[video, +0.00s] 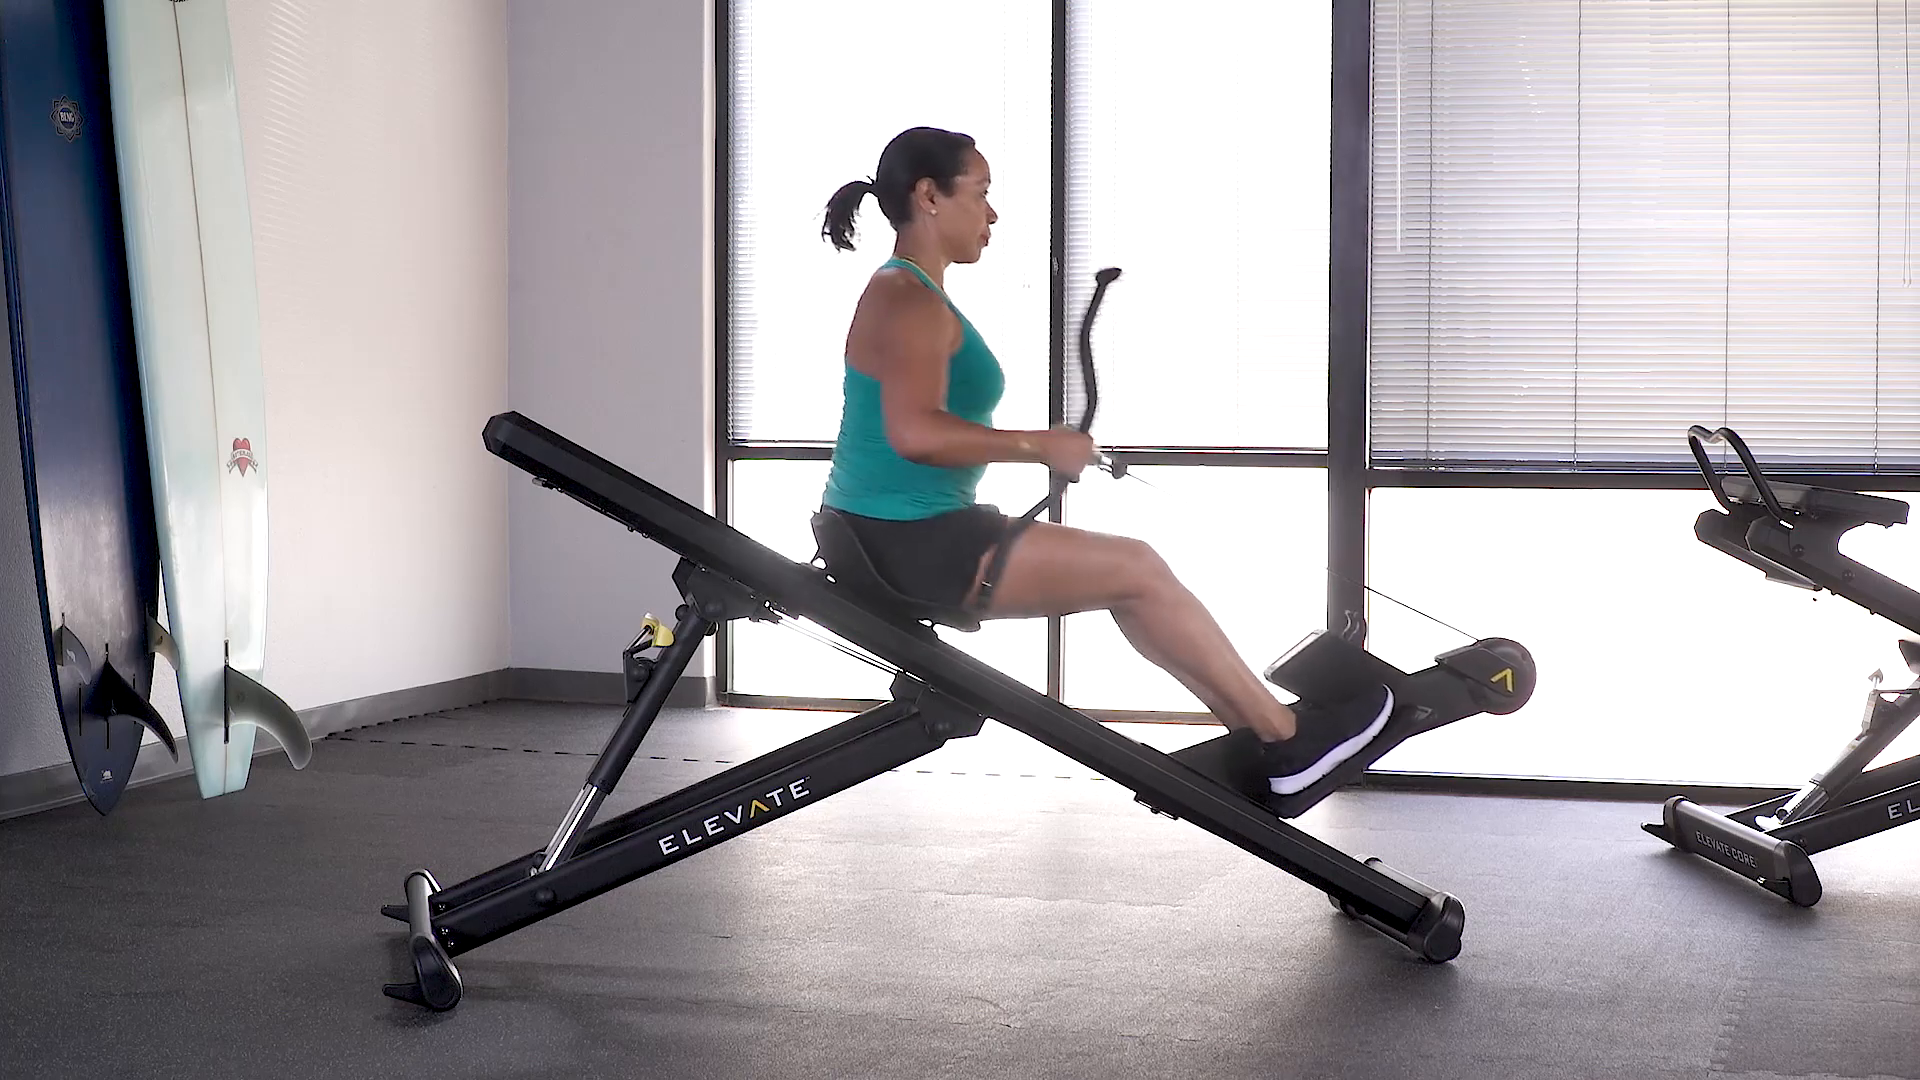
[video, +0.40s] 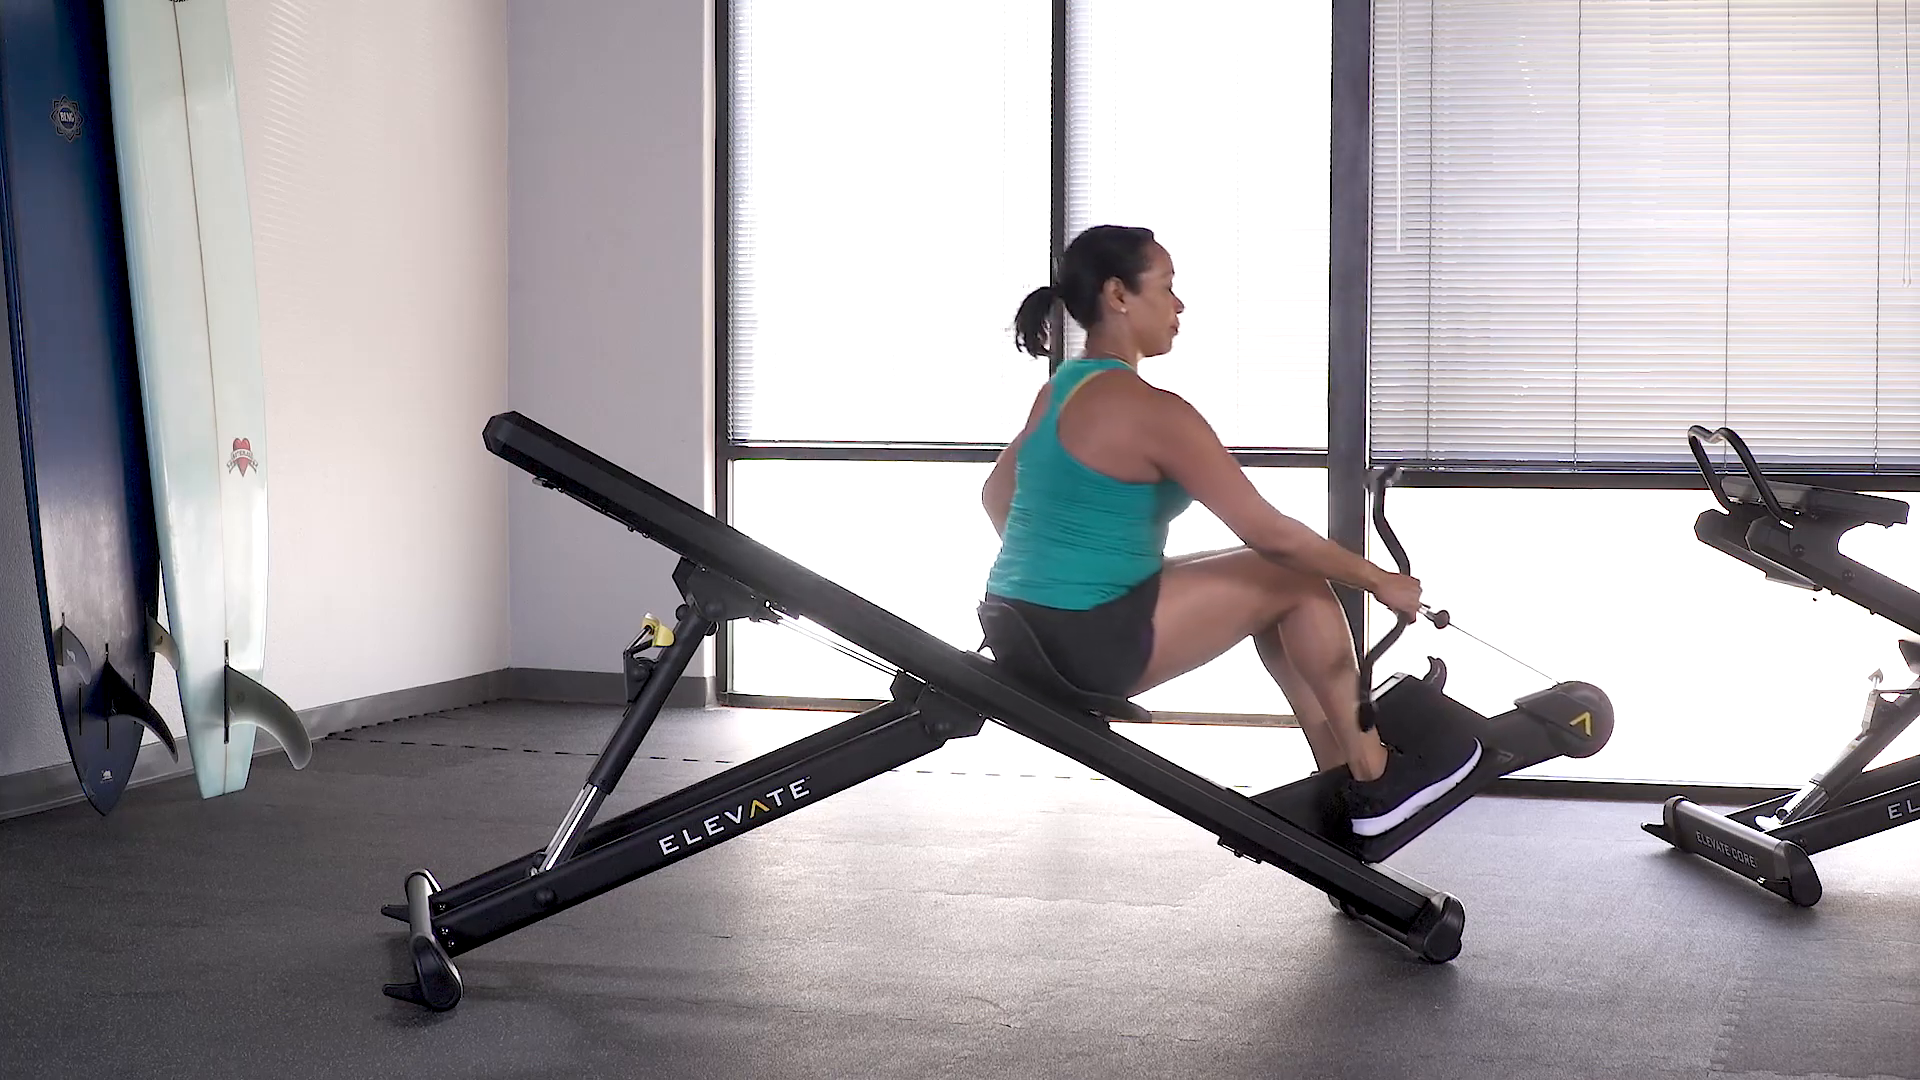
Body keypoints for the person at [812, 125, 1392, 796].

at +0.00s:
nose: (991, 213)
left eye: (988, 195)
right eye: (979, 195)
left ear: (928, 202)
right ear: (927, 199)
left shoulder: (915, 294)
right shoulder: (906, 301)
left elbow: (916, 430)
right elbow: (912, 431)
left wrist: (1027, 445)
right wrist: (1034, 445)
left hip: (904, 531)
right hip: (902, 539)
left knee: (1128, 578)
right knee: (1136, 568)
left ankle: (1256, 721)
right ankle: (1284, 735)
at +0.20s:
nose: (1088, 258)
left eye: (1083, 240)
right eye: (1075, 240)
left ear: (1020, 251)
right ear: (1024, 248)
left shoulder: (981, 339)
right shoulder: (1031, 357)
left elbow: (937, 460)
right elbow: (1108, 492)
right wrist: (1223, 520)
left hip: (951, 582)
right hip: (1000, 593)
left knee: (1203, 567)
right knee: (1220, 558)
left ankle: (1302, 744)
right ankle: (1333, 753)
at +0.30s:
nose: (1135, 283)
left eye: (1130, 266)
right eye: (1122, 266)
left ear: (1068, 275)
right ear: (1074, 274)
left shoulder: (1021, 366)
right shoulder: (1098, 388)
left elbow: (968, 476)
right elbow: (1197, 518)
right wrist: (1310, 552)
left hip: (979, 603)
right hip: (1046, 618)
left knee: (1237, 572)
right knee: (1264, 574)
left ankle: (1320, 755)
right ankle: (1357, 768)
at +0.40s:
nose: (1179, 305)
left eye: (1174, 288)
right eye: (1167, 289)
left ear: (1110, 300)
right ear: (1118, 299)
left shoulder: (1062, 387)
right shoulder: (1158, 414)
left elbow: (997, 494)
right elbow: (1270, 534)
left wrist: (1050, 567)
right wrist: (1380, 580)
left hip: (1015, 624)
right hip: (1088, 638)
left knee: (1266, 570)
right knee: (1298, 577)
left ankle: (1334, 758)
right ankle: (1370, 765)